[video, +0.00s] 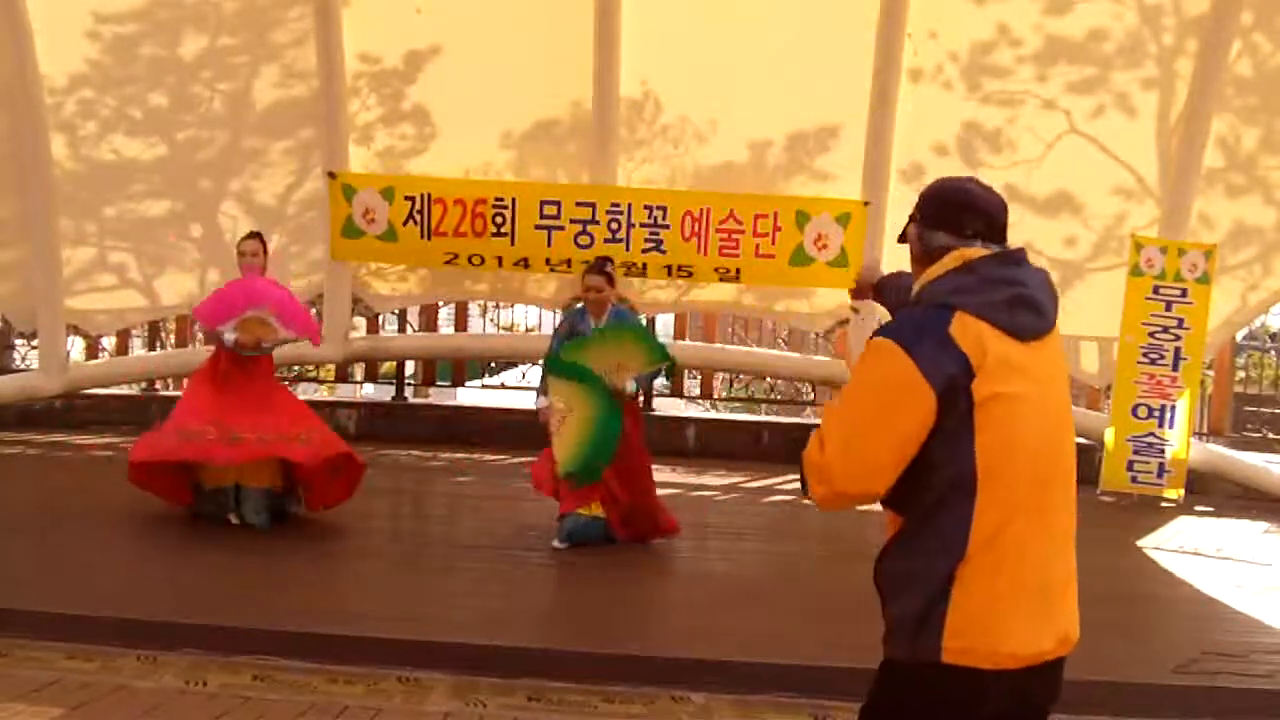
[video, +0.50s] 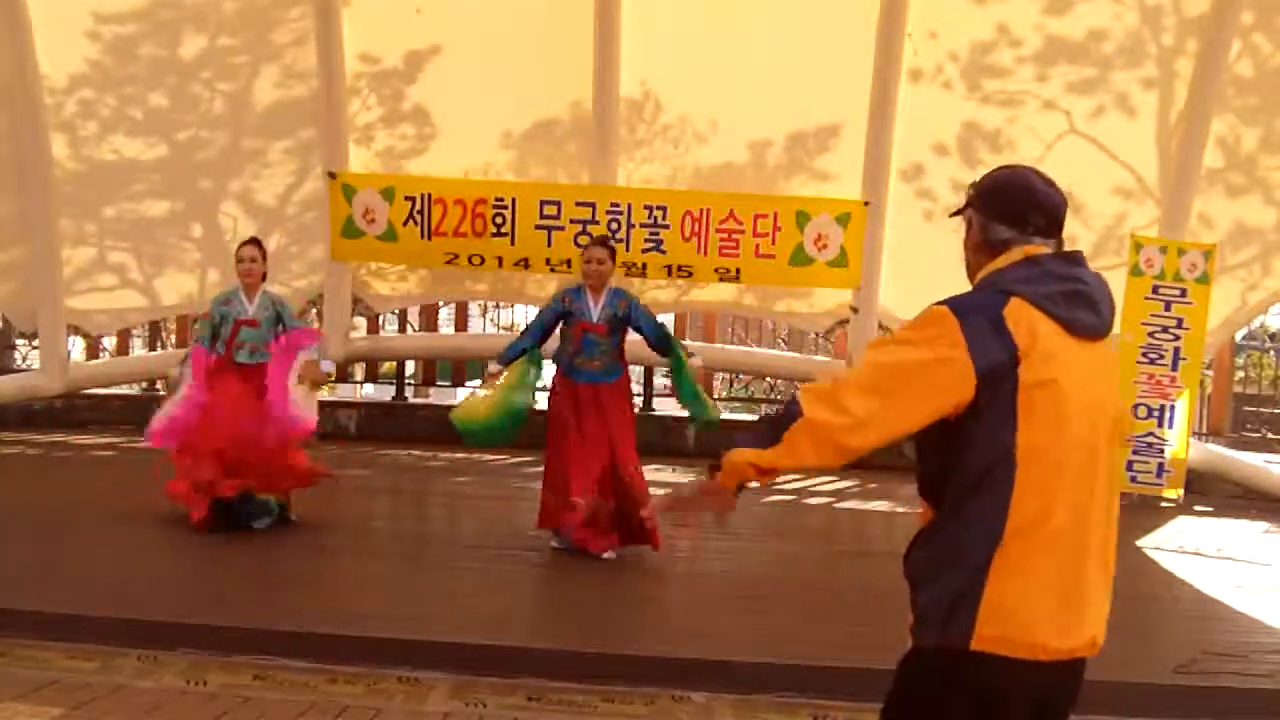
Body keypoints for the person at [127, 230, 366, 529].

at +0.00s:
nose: (249, 261)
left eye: (255, 255)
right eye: (244, 255)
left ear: (266, 258)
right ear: (237, 260)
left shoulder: (276, 296)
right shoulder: (226, 297)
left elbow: (300, 329)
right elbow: (207, 333)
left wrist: (268, 340)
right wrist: (233, 340)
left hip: (259, 373)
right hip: (225, 372)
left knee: (259, 434)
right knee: (221, 432)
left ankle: (255, 505)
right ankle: (224, 505)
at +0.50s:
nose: (247, 267)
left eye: (254, 261)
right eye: (242, 261)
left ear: (264, 267)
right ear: (235, 266)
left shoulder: (275, 305)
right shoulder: (222, 303)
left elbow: (298, 338)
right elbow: (203, 344)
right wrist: (197, 379)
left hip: (262, 376)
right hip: (226, 375)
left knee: (264, 435)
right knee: (224, 434)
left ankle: (278, 500)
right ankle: (219, 499)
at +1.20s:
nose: (197, 232)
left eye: (204, 227)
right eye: (192, 226)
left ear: (217, 232)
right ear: (185, 230)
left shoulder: (226, 263)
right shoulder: (175, 264)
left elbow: (264, 241)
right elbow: (132, 237)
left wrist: (297, 205)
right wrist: (102, 198)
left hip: (214, 363)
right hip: (178, 364)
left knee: (214, 435)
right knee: (177, 438)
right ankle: (177, 520)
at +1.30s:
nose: (195, 233)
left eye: (202, 228)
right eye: (190, 227)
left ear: (213, 232)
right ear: (182, 230)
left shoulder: (218, 265)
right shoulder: (172, 263)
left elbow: (251, 238)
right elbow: (135, 235)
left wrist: (276, 201)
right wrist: (106, 191)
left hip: (207, 365)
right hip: (173, 364)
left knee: (205, 437)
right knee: (171, 438)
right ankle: (170, 522)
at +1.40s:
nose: (192, 232)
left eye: (199, 226)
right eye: (187, 226)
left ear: (210, 232)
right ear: (179, 230)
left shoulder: (214, 266)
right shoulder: (168, 263)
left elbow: (240, 237)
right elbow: (133, 232)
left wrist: (254, 191)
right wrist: (109, 182)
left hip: (203, 366)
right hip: (167, 365)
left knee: (207, 438)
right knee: (166, 438)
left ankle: (209, 523)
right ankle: (164, 524)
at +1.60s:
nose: (183, 232)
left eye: (191, 227)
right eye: (178, 227)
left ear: (203, 234)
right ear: (170, 231)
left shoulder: (205, 270)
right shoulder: (159, 265)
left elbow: (218, 248)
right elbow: (129, 231)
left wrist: (212, 203)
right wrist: (113, 182)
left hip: (188, 369)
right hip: (153, 367)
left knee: (192, 444)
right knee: (148, 444)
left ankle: (199, 529)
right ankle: (141, 529)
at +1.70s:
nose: (178, 233)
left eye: (184, 228)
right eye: (173, 228)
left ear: (196, 233)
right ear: (165, 234)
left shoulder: (199, 274)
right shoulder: (153, 268)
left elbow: (207, 250)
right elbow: (125, 235)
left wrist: (196, 215)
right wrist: (115, 188)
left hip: (183, 371)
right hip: (147, 369)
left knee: (187, 446)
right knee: (143, 446)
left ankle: (192, 534)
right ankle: (139, 535)